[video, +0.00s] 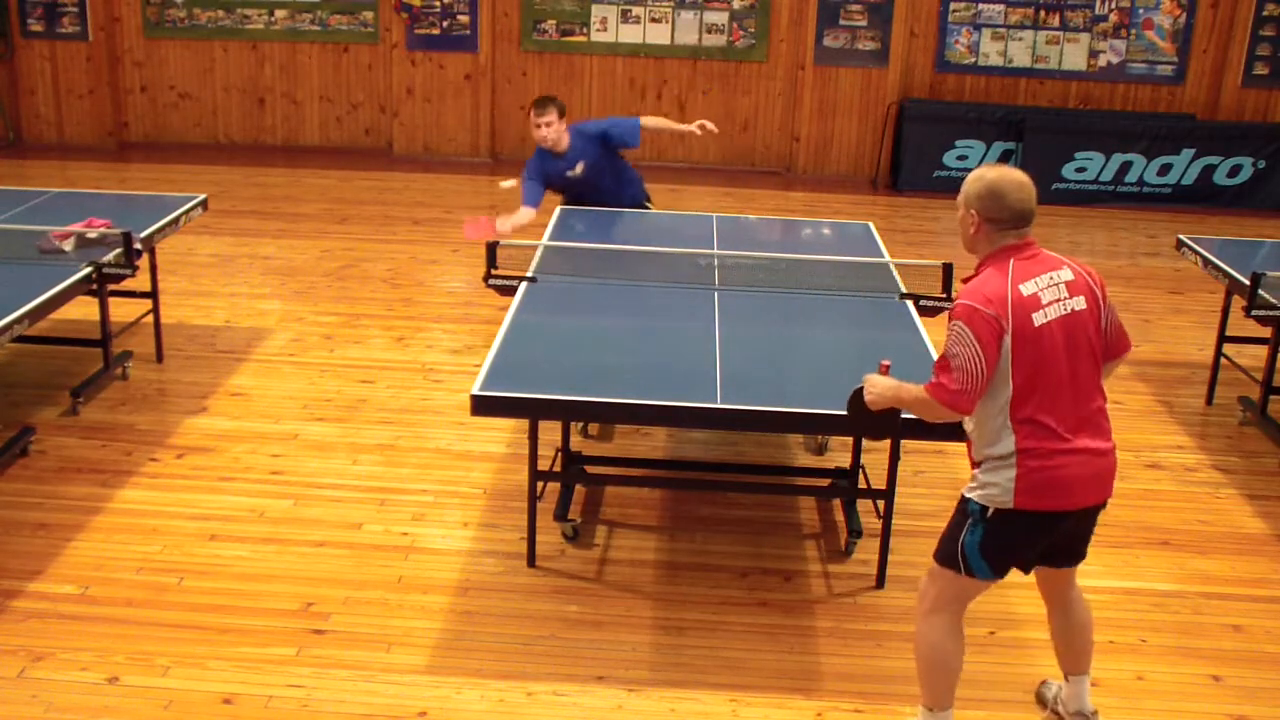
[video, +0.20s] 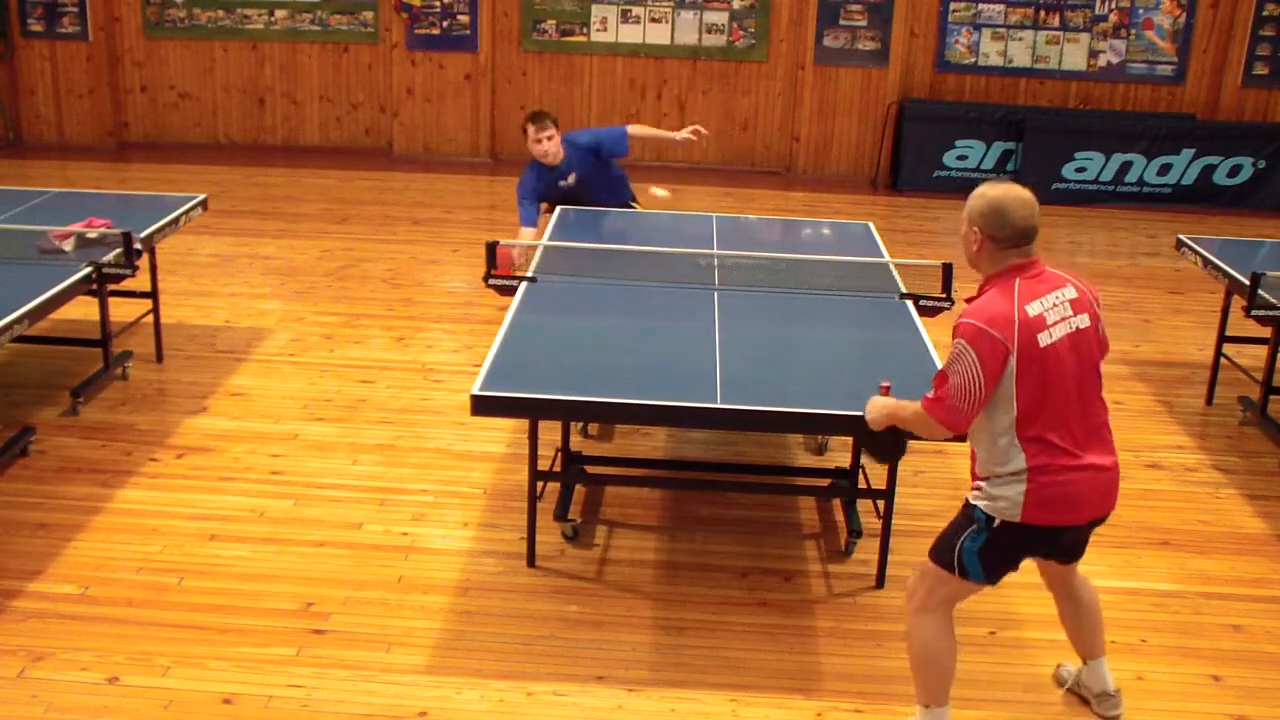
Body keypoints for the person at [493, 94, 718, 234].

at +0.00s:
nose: (543, 133)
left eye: (548, 125)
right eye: (537, 127)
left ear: (563, 124)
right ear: (531, 129)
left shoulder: (592, 133)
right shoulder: (537, 166)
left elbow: (643, 124)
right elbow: (528, 210)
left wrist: (686, 128)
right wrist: (504, 225)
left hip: (632, 207)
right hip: (588, 215)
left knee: (646, 259)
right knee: (585, 263)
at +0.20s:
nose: (545, 147)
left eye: (550, 139)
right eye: (538, 142)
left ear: (558, 136)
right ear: (528, 146)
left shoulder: (583, 143)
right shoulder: (531, 183)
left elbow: (630, 131)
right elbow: (528, 231)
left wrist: (675, 136)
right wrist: (517, 256)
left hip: (621, 209)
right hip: (580, 218)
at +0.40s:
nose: (572, 107)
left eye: (577, 99)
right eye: (565, 100)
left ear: (583, 100)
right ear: (552, 105)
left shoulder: (603, 120)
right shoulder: (546, 148)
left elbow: (643, 129)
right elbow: (532, 190)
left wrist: (680, 146)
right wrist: (520, 230)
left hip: (622, 203)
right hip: (578, 209)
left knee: (633, 258)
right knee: (578, 262)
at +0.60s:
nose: (606, 68)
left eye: (610, 61)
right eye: (599, 62)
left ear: (615, 63)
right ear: (585, 67)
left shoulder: (636, 92)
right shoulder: (574, 105)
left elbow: (671, 117)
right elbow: (558, 141)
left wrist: (693, 147)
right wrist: (551, 169)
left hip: (631, 175)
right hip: (589, 176)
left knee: (646, 233)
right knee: (570, 224)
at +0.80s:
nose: (616, 49)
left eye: (620, 43)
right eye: (609, 44)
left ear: (624, 45)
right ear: (595, 48)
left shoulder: (643, 76)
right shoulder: (581, 84)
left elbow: (665, 106)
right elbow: (562, 124)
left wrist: (673, 139)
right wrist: (573, 151)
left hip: (632, 159)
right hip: (592, 158)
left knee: (648, 208)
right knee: (570, 207)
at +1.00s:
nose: (605, 71)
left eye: (610, 64)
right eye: (599, 65)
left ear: (617, 64)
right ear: (588, 66)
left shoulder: (636, 90)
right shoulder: (577, 97)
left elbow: (661, 123)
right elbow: (552, 136)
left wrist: (654, 151)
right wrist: (573, 159)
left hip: (628, 171)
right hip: (588, 171)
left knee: (649, 224)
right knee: (563, 214)